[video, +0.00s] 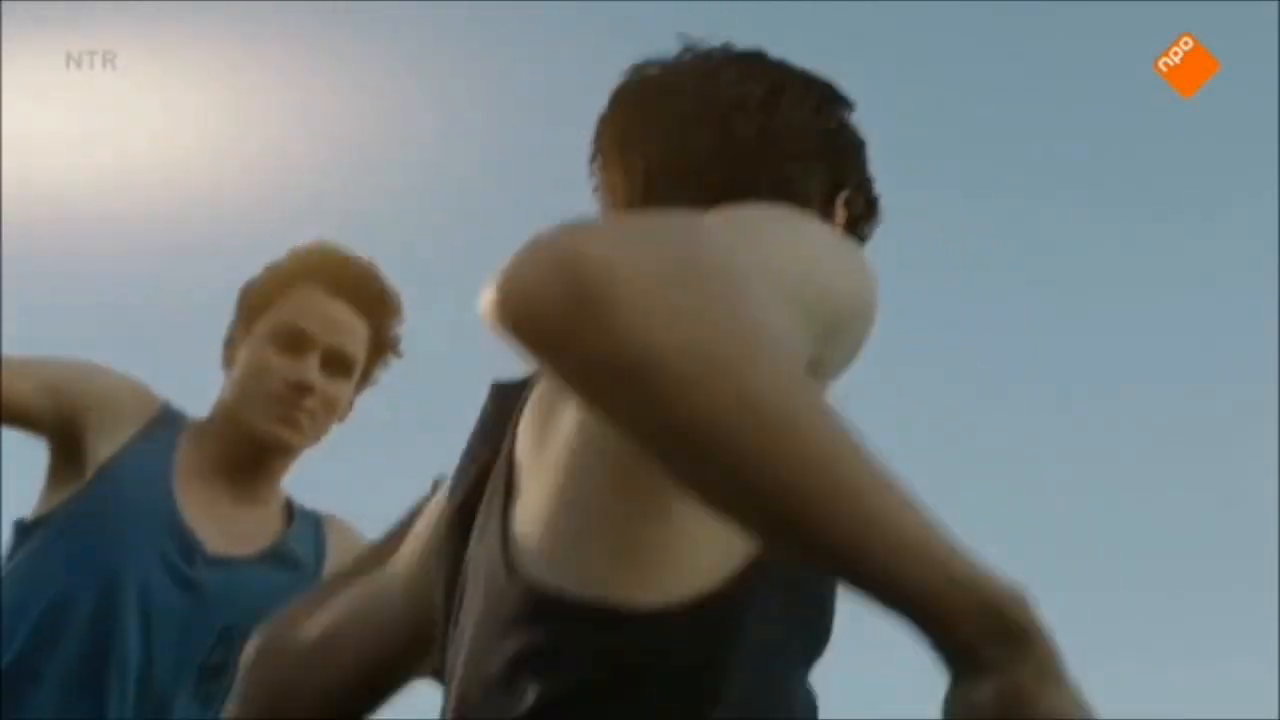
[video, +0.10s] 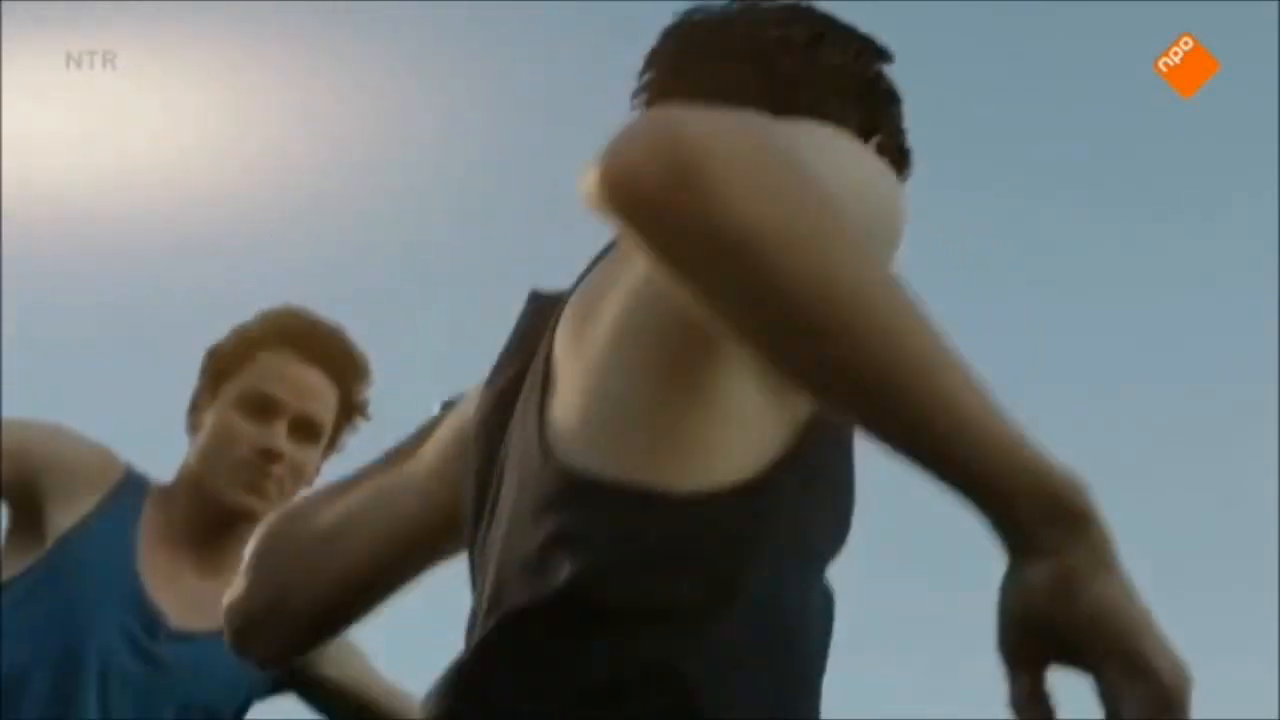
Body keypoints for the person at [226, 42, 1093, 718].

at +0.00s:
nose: (591, 231)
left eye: (611, 205)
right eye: (595, 210)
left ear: (650, 204)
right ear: (835, 211)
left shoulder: (507, 442)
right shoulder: (809, 265)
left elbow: (282, 678)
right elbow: (562, 283)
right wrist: (991, 632)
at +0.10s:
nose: (883, 252)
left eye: (886, 217)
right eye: (882, 200)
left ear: (664, 133)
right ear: (843, 149)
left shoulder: (524, 377)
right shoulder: (824, 179)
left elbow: (266, 604)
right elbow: (662, 161)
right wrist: (1049, 519)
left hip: (481, 694)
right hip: (613, 678)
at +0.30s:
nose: (934, 164)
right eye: (916, 131)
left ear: (744, 33)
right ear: (828, 35)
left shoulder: (588, 248)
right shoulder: (809, 94)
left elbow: (318, 454)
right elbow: (882, 11)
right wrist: (1224, 343)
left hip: (458, 666)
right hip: (629, 656)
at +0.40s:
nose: (976, 136)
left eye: (995, 118)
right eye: (974, 103)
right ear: (906, 33)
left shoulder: (630, 210)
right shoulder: (869, 59)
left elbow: (371, 421)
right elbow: (986, 8)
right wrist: (1275, 212)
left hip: (447, 657)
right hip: (657, 625)